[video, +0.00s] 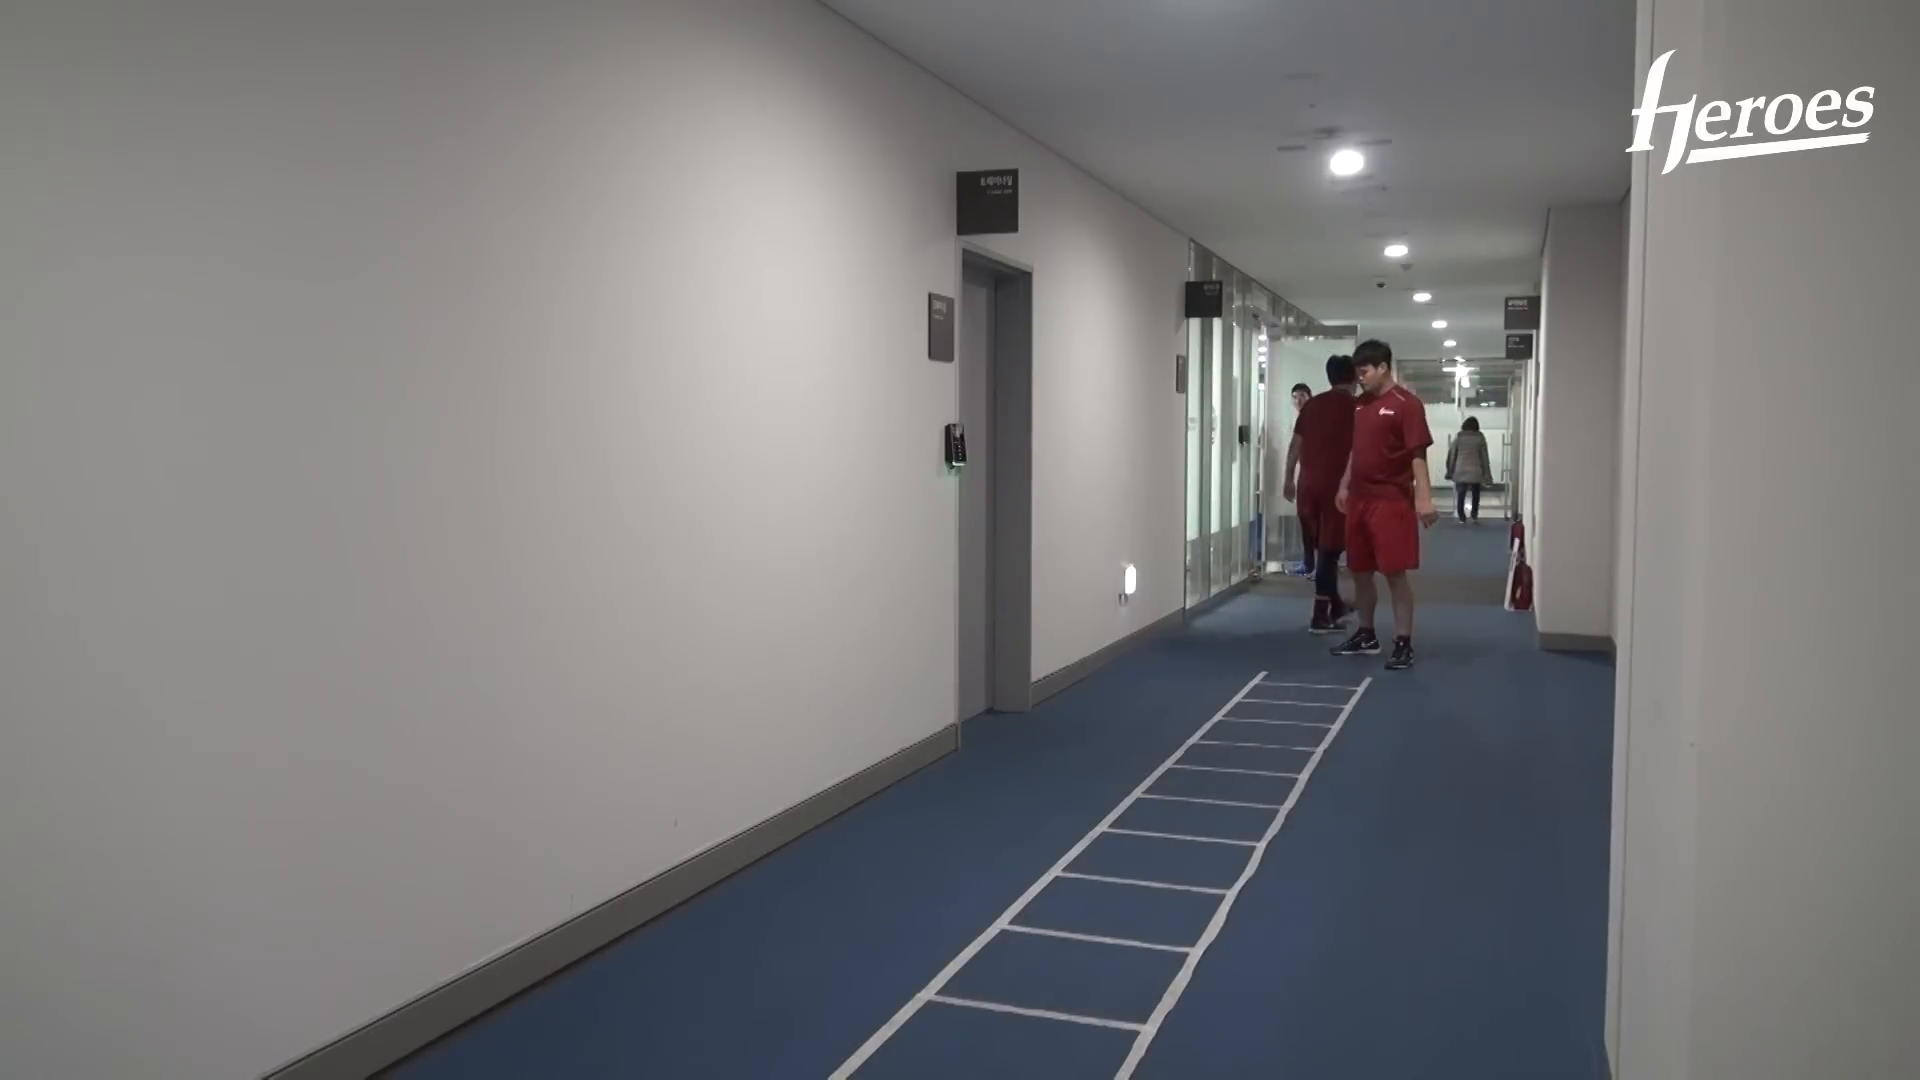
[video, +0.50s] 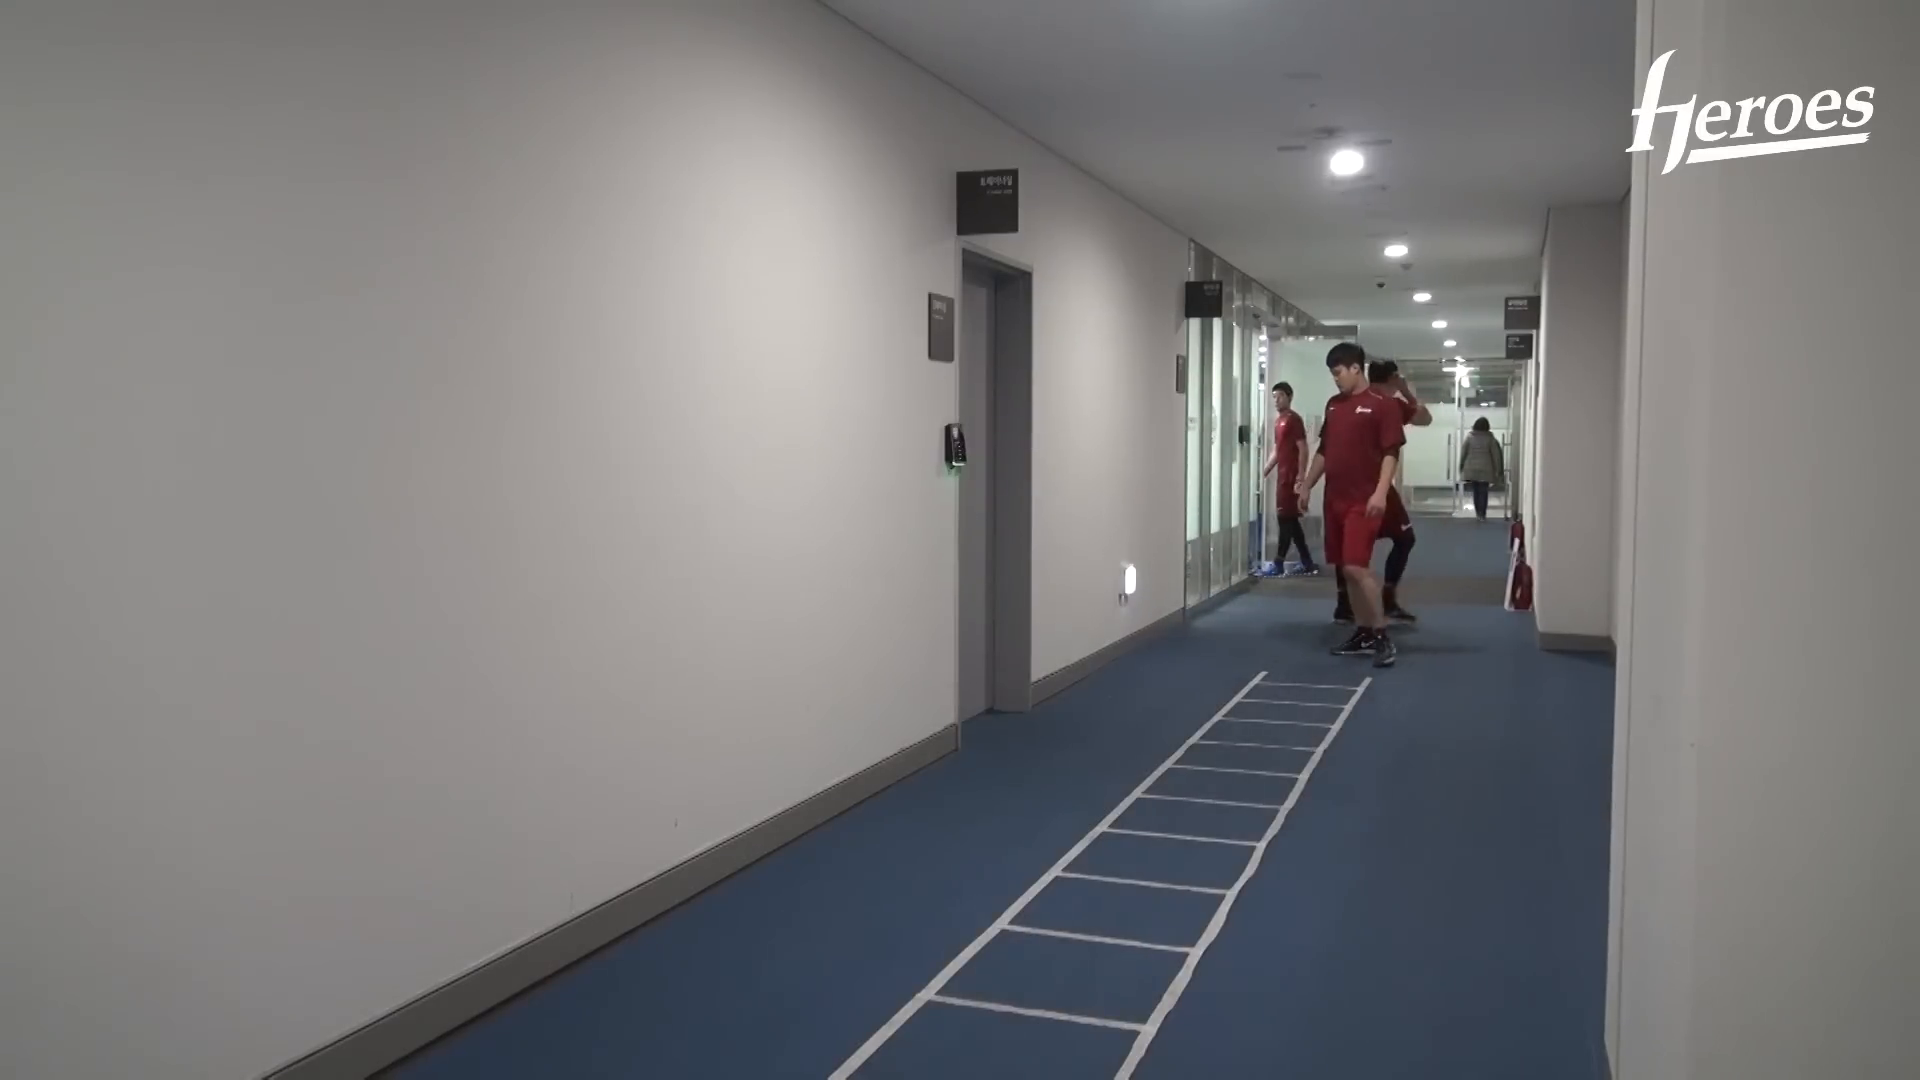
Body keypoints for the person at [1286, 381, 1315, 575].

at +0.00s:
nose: (1299, 399)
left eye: (1302, 395)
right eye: (1295, 396)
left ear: (1309, 396)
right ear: (1293, 399)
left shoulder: (1314, 414)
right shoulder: (1295, 417)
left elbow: (1295, 446)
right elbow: (1294, 446)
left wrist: (1289, 479)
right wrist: (1290, 477)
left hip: (1314, 472)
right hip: (1302, 471)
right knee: (1306, 522)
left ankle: (1312, 565)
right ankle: (1308, 564)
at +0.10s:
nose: (1295, 400)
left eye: (1299, 396)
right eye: (1292, 397)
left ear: (1307, 398)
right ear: (1289, 401)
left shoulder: (1313, 420)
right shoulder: (1298, 423)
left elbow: (1310, 454)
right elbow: (1299, 454)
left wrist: (1299, 481)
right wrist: (1295, 480)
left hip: (1317, 477)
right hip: (1304, 478)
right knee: (1304, 517)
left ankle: (1314, 561)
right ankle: (1310, 559)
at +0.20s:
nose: (1291, 400)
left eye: (1294, 396)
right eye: (1288, 397)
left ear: (1302, 398)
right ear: (1285, 401)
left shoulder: (1312, 418)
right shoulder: (1292, 424)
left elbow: (1314, 452)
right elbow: (1296, 457)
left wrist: (1312, 483)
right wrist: (1285, 480)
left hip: (1311, 478)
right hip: (1299, 478)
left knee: (1298, 515)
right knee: (1303, 517)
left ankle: (1306, 562)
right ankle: (1305, 562)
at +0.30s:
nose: (1285, 401)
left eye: (1289, 396)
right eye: (1283, 397)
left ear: (1297, 398)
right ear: (1281, 401)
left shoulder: (1306, 418)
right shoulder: (1287, 425)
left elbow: (1318, 445)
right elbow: (1286, 457)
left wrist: (1316, 476)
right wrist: (1274, 479)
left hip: (1306, 475)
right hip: (1295, 475)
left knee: (1292, 515)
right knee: (1304, 518)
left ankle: (1286, 561)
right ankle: (1309, 563)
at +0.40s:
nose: (1280, 401)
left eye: (1284, 397)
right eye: (1278, 398)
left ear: (1293, 398)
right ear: (1277, 401)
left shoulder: (1300, 420)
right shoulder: (1283, 423)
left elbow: (1311, 448)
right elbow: (1280, 453)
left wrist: (1311, 476)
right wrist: (1268, 476)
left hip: (1300, 477)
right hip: (1290, 476)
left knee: (1287, 518)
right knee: (1300, 520)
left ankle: (1279, 562)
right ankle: (1308, 563)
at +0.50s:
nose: (1277, 400)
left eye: (1280, 396)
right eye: (1275, 396)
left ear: (1289, 397)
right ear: (1274, 399)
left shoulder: (1294, 419)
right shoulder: (1279, 420)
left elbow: (1303, 448)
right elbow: (1278, 450)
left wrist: (1301, 476)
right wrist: (1266, 469)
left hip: (1291, 475)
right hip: (1282, 474)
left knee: (1284, 517)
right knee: (1291, 518)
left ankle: (1278, 562)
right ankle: (1307, 562)